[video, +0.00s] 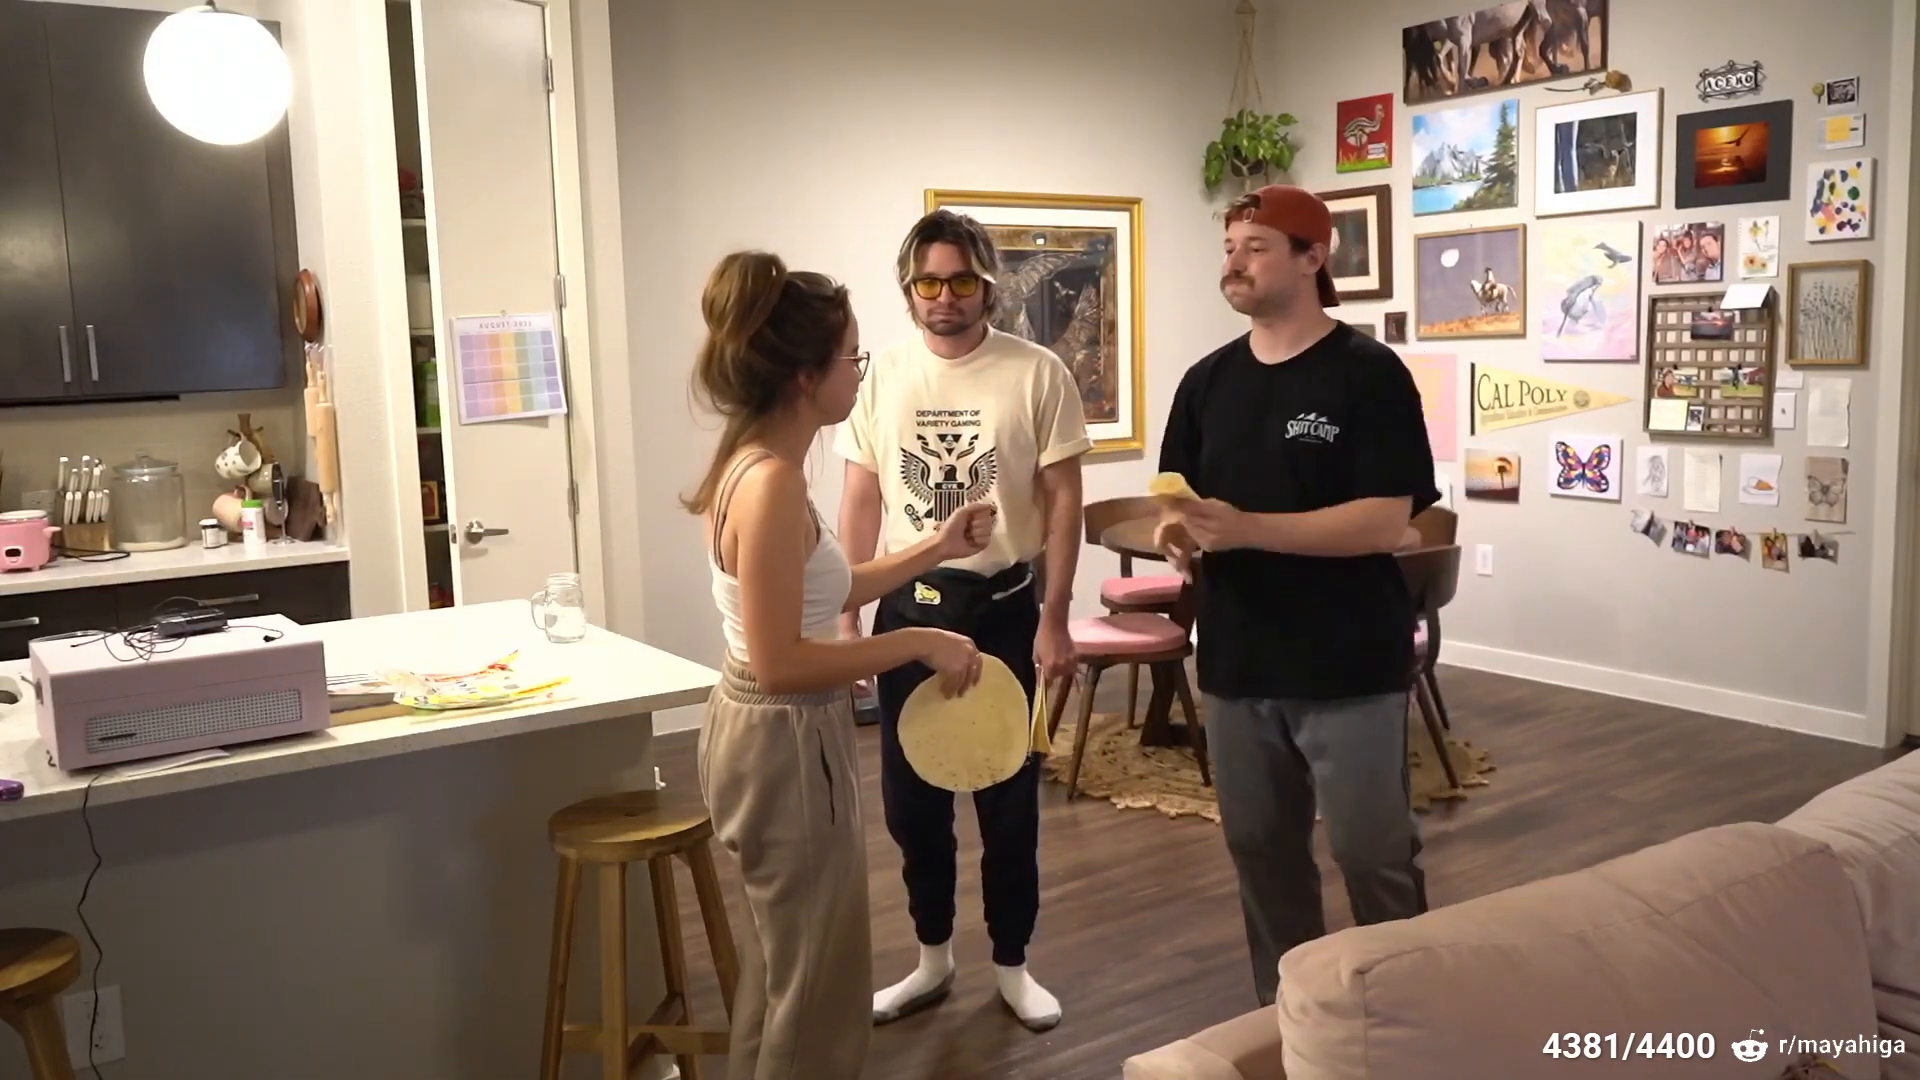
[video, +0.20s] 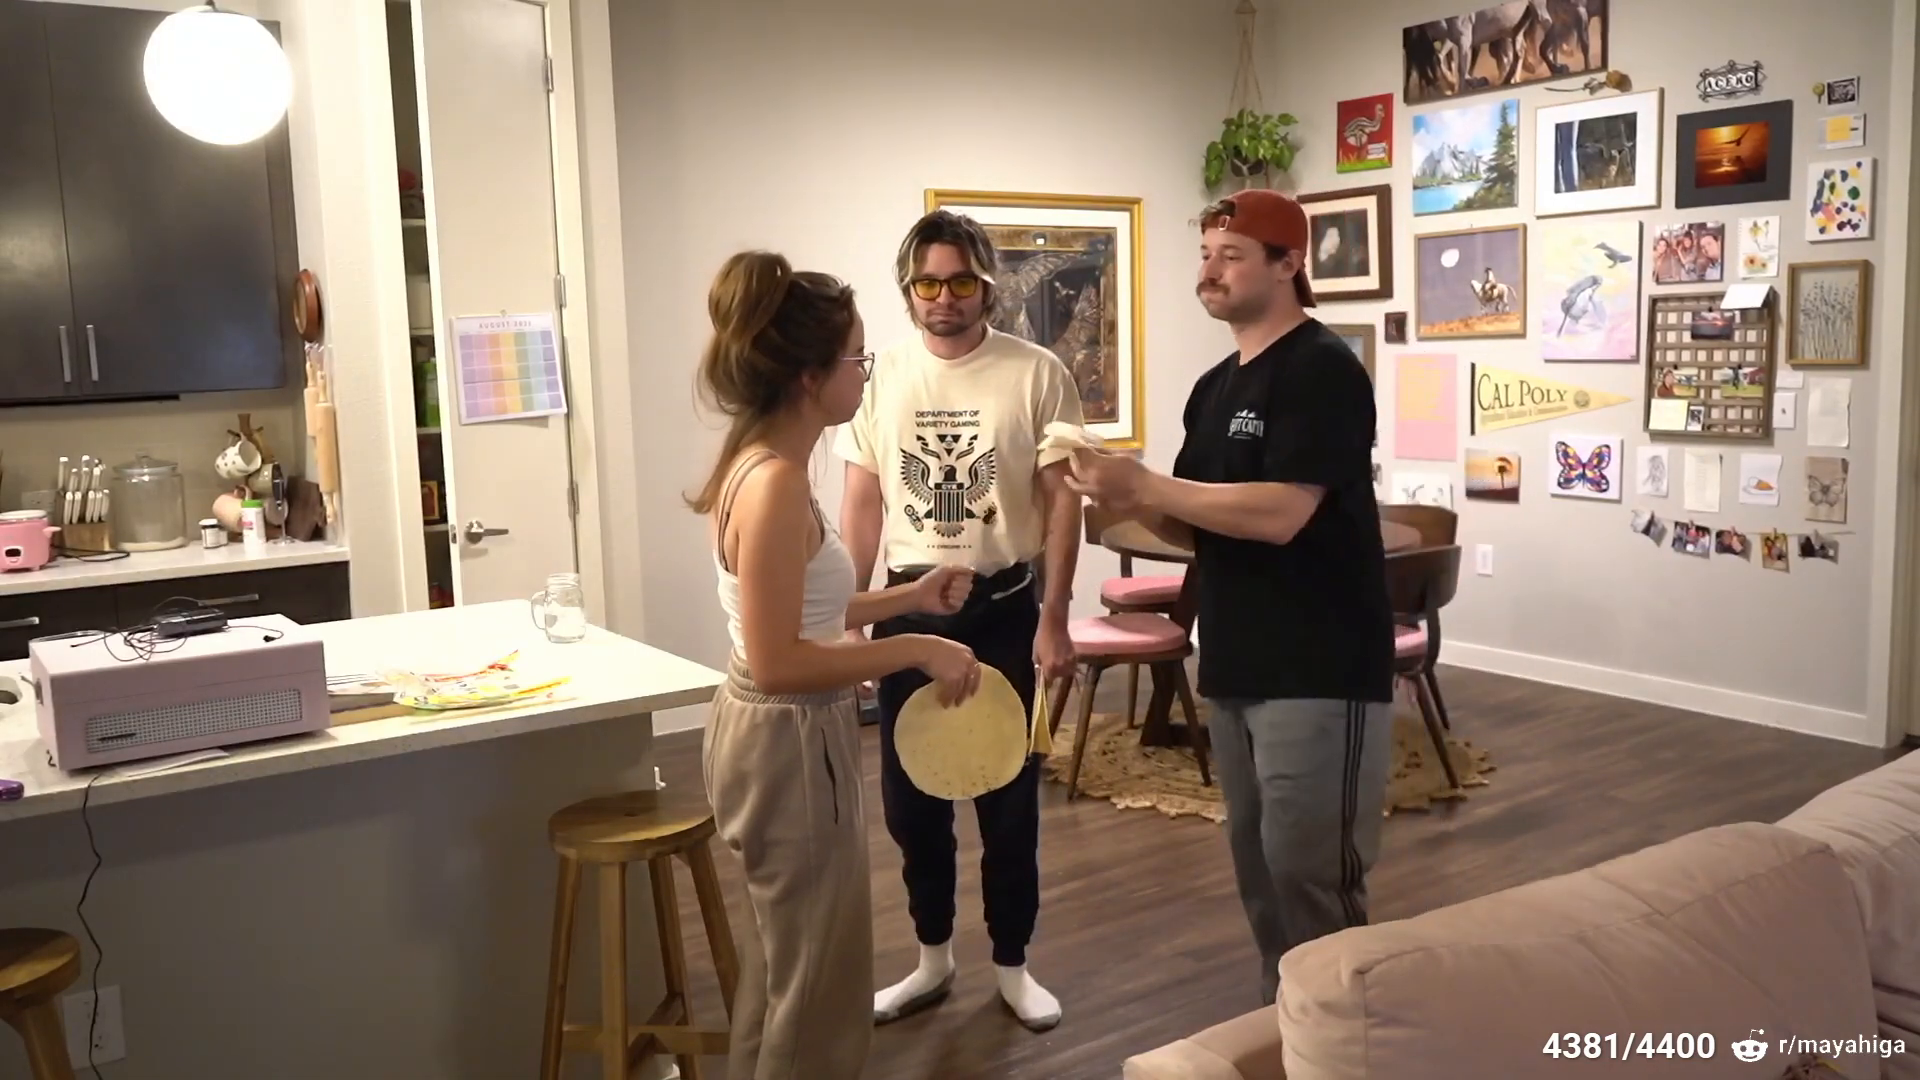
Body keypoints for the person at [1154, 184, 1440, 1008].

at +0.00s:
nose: (1234, 263)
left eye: (1256, 248)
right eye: (1230, 250)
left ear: (1311, 261)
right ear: (1228, 264)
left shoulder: (1371, 372)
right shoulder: (1205, 382)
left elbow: (1388, 521)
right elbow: (1175, 508)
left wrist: (1242, 528)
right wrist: (1170, 534)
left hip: (1354, 675)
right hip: (1237, 674)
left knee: (1375, 865)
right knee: (1265, 870)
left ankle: (1406, 1019)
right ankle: (1294, 1026)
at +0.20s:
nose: (1209, 271)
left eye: (1230, 257)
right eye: (1205, 258)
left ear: (1285, 268)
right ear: (1206, 269)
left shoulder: (1324, 366)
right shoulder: (1213, 386)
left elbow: (1284, 511)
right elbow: (1194, 529)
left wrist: (1151, 489)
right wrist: (1107, 504)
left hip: (1321, 676)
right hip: (1235, 673)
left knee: (1313, 889)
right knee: (1264, 885)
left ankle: (1340, 1051)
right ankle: (1291, 1038)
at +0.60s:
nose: (1189, 305)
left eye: (1206, 286)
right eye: (1187, 290)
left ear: (1267, 290)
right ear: (1261, 296)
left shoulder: (1255, 374)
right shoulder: (1284, 382)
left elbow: (1118, 453)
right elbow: (1189, 547)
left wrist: (1028, 467)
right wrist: (1114, 473)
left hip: (1277, 716)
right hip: (1293, 710)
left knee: (1247, 945)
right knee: (1270, 938)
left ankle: (1265, 1077)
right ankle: (1286, 1073)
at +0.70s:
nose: (1176, 311)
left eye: (1195, 293)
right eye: (1174, 296)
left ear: (1256, 299)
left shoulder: (1263, 379)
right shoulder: (1252, 391)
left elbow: (1200, 470)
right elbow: (1154, 565)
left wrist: (1084, 511)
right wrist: (1107, 462)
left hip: (1285, 736)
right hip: (1267, 731)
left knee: (1257, 966)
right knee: (1258, 960)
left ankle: (1261, 1078)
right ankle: (1261, 1074)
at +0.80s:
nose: (1150, 307)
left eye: (1169, 288)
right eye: (1148, 293)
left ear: (1235, 294)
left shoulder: (1289, 380)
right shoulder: (1181, 448)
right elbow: (1099, 569)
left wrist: (1194, 546)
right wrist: (1056, 474)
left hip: (1311, 730)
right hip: (1218, 733)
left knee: (1267, 959)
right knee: (1268, 933)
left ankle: (1289, 1074)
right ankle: (1325, 1057)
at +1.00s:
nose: (1138, 309)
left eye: (1154, 288)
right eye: (1136, 291)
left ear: (1221, 285)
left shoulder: (1343, 400)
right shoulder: (1152, 417)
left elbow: (1458, 530)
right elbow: (1098, 535)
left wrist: (1310, 552)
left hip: (1315, 741)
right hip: (1196, 733)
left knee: (1282, 969)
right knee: (1236, 931)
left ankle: (1319, 1067)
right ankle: (1304, 1042)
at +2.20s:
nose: (701, 494)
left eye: (704, 474)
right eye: (703, 473)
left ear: (749, 486)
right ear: (807, 464)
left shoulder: (890, 607)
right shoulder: (851, 541)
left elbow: (824, 875)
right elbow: (737, 606)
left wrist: (639, 870)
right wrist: (633, 654)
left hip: (1061, 877)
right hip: (968, 847)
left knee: (888, 1070)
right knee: (829, 1040)